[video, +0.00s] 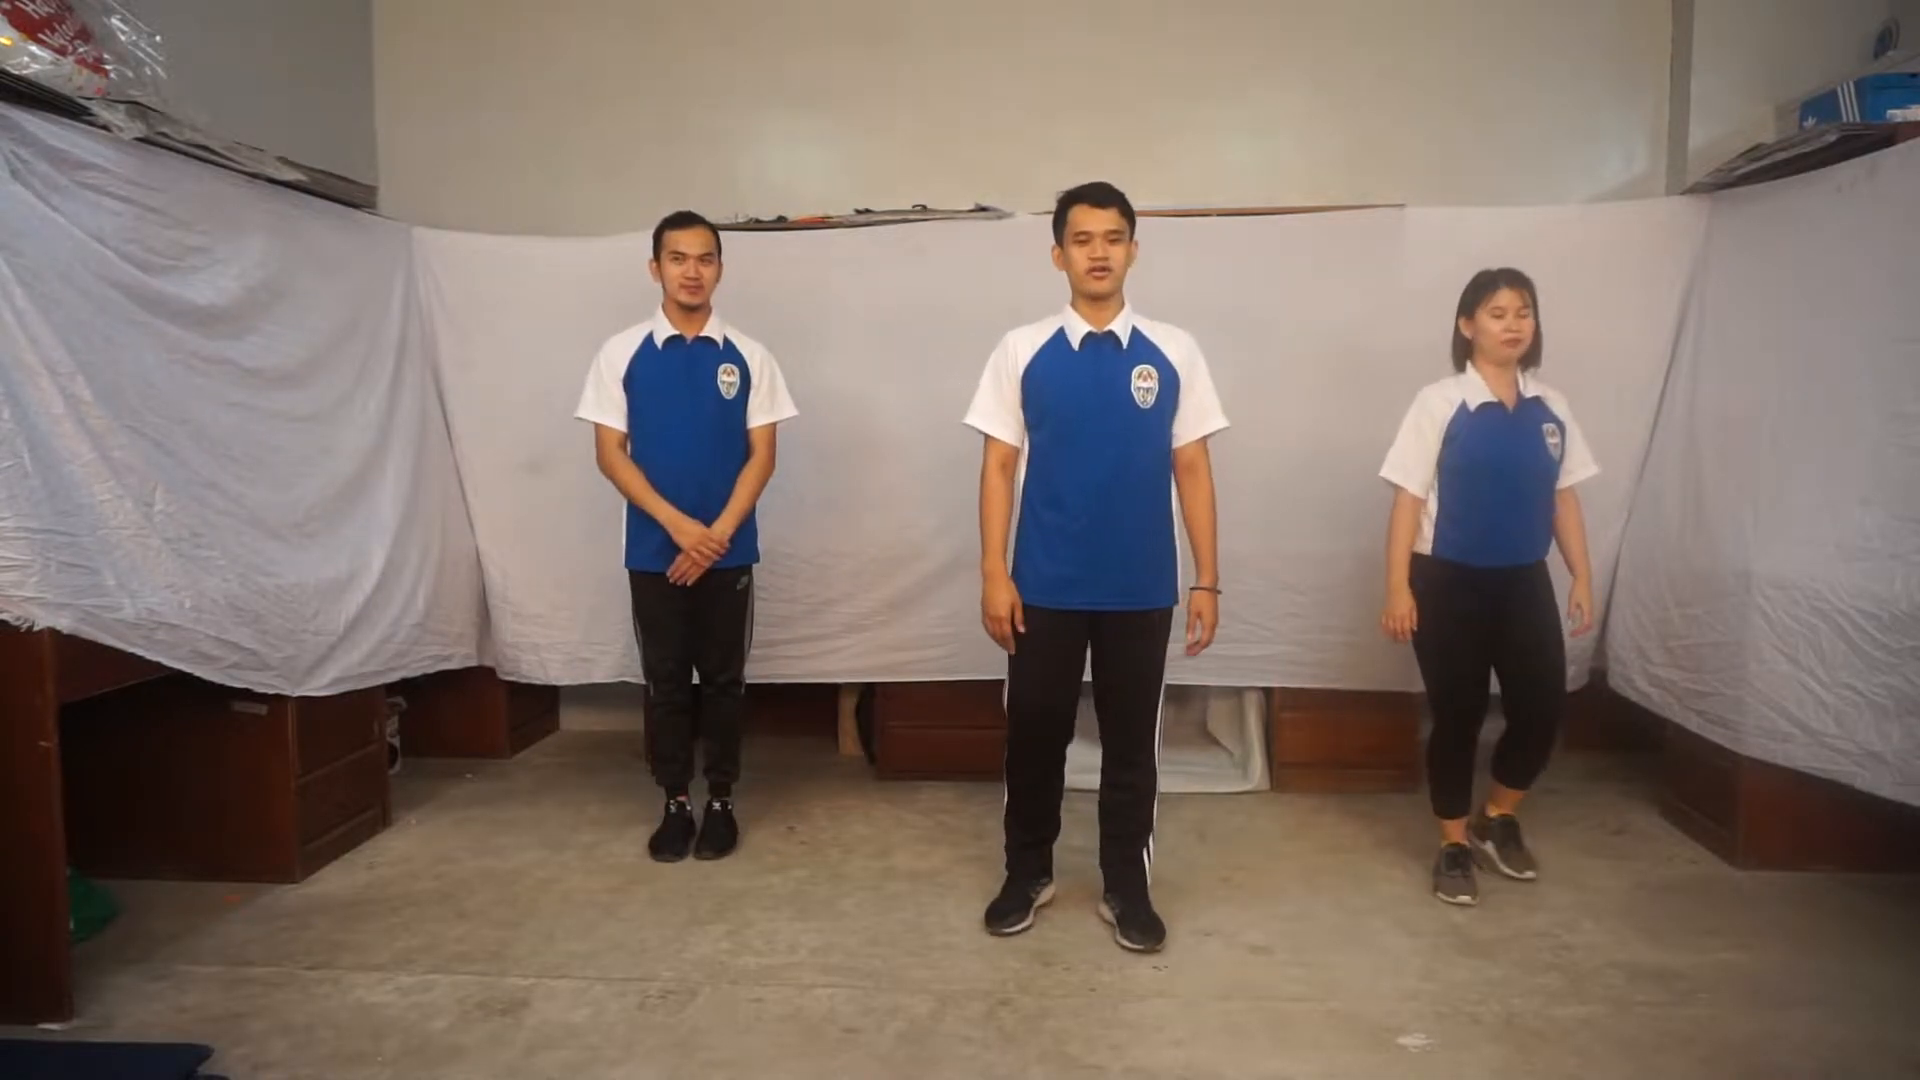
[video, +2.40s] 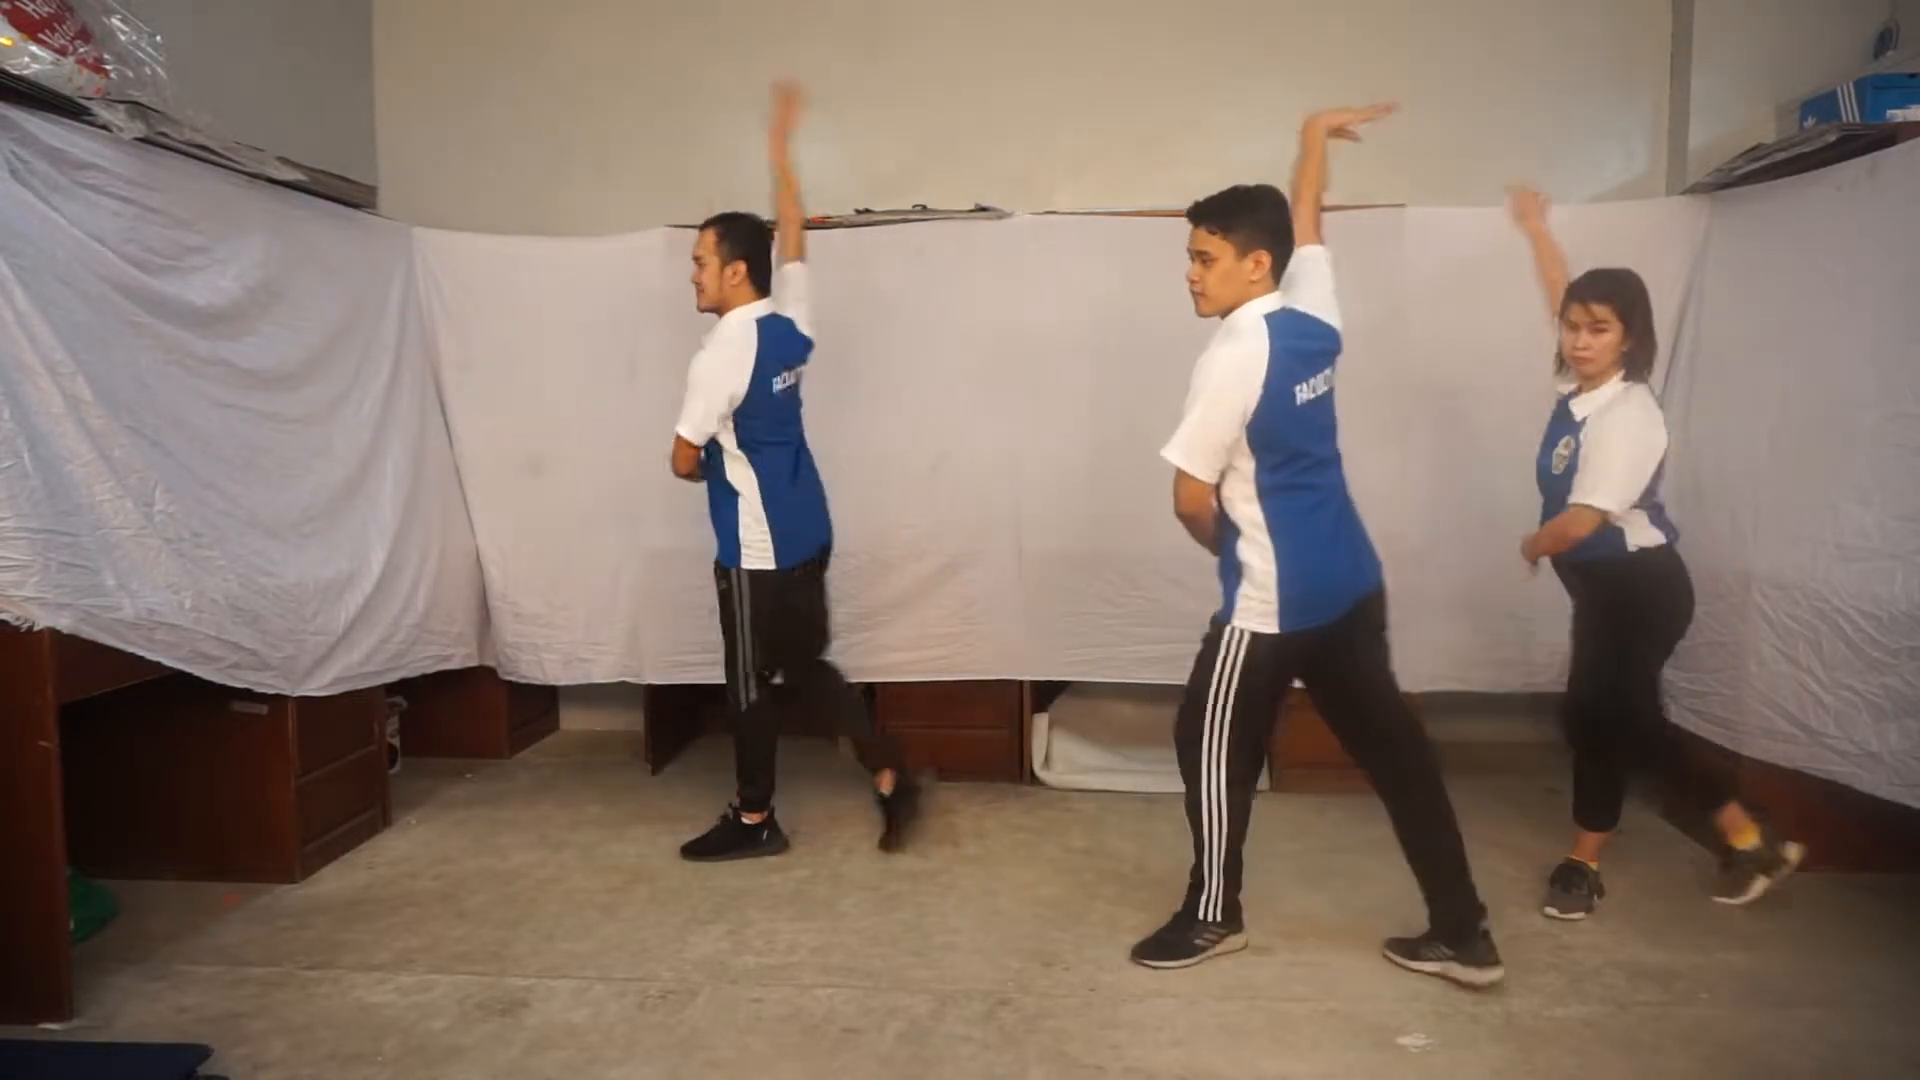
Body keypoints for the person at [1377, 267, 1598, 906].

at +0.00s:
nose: (1513, 323)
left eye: (1522, 313)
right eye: (1497, 313)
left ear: (1535, 325)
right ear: (1468, 325)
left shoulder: (1549, 405)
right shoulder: (1438, 401)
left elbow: (1564, 500)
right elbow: (1406, 500)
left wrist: (1581, 576)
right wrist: (1397, 587)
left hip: (1525, 586)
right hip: (1449, 584)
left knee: (1541, 709)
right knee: (1457, 713)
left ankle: (1497, 817)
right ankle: (1453, 843)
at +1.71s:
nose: (1513, 311)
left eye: (1524, 303)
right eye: (1497, 303)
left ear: (1539, 320)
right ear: (1471, 321)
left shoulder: (1560, 399)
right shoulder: (1446, 398)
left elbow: (1591, 485)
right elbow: (1411, 496)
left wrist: (1630, 556)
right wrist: (1458, 554)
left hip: (1542, 586)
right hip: (1461, 586)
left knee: (1545, 713)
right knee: (1464, 719)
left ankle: (1536, 844)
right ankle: (1462, 847)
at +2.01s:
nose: (1534, 321)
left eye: (1547, 310)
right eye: (1519, 312)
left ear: (1568, 323)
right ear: (1498, 329)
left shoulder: (1606, 399)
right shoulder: (1474, 409)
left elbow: (1650, 481)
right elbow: (1435, 504)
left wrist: (1688, 526)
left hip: (1580, 590)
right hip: (1491, 587)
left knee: (1569, 725)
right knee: (1480, 718)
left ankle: (1579, 862)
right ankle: (1460, 851)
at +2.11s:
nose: (1549, 324)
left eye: (1563, 312)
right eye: (1535, 314)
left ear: (1587, 323)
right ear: (1516, 327)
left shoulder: (1619, 396)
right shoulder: (1495, 405)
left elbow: (1659, 494)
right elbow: (1424, 466)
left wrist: (1605, 554)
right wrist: (1392, 401)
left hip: (1602, 587)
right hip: (1515, 584)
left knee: (1585, 723)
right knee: (1493, 713)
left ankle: (1581, 861)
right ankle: (1466, 849)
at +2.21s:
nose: (1565, 328)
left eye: (1581, 316)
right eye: (1552, 317)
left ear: (1610, 328)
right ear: (1537, 328)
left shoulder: (1630, 409)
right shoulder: (1523, 396)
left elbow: (1627, 512)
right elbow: (1462, 407)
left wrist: (1527, 564)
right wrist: (1440, 336)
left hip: (1622, 584)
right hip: (1547, 583)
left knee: (1596, 712)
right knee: (1514, 710)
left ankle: (1582, 857)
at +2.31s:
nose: (1575, 334)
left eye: (1592, 323)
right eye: (1567, 322)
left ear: (1622, 334)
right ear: (1552, 333)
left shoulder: (1630, 413)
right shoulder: (1553, 386)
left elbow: (1598, 520)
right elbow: (1520, 333)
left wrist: (1521, 554)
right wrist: (1489, 265)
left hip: (1633, 583)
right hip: (1575, 581)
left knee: (1602, 717)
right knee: (1562, 712)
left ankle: (1584, 860)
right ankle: (1696, 816)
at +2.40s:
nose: (1580, 340)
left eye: (1597, 328)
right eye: (1572, 326)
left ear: (1628, 339)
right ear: (1562, 329)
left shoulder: (1630, 412)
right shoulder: (1583, 389)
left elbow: (1589, 515)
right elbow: (1564, 307)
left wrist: (1536, 542)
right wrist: (1537, 231)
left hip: (1637, 584)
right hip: (1602, 580)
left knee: (1593, 716)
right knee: (1630, 722)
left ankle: (1583, 860)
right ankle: (1752, 842)